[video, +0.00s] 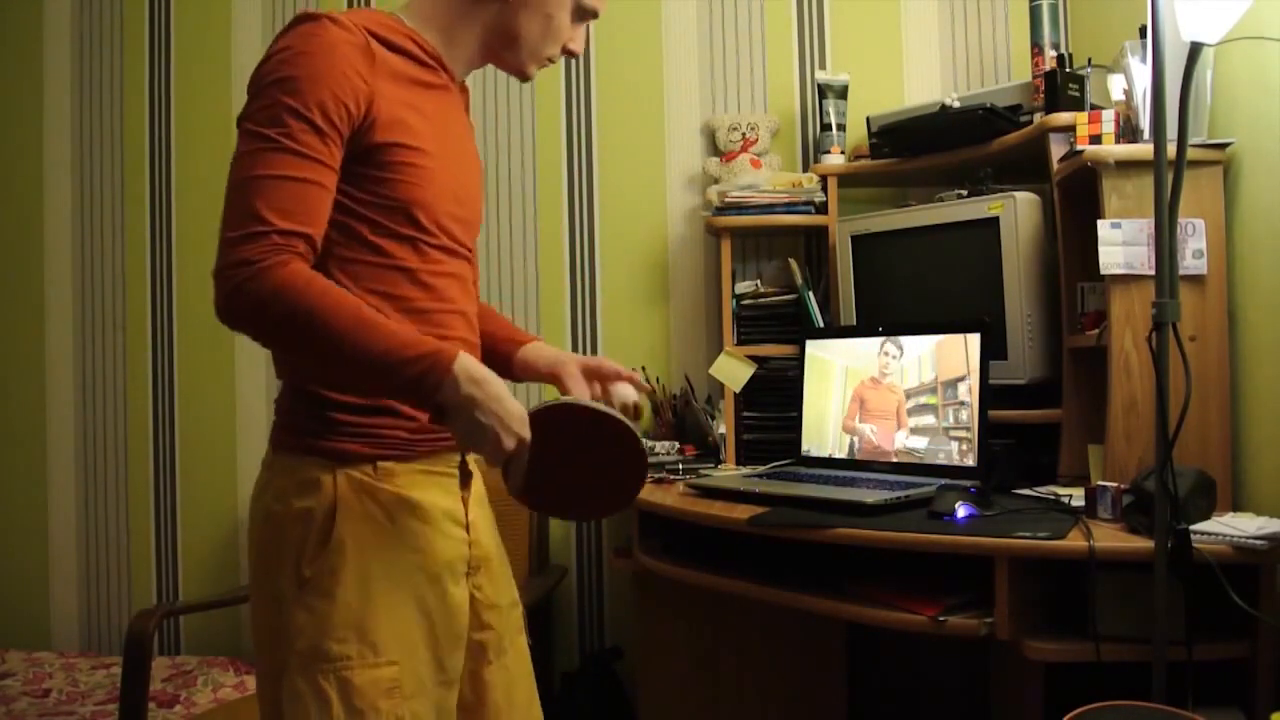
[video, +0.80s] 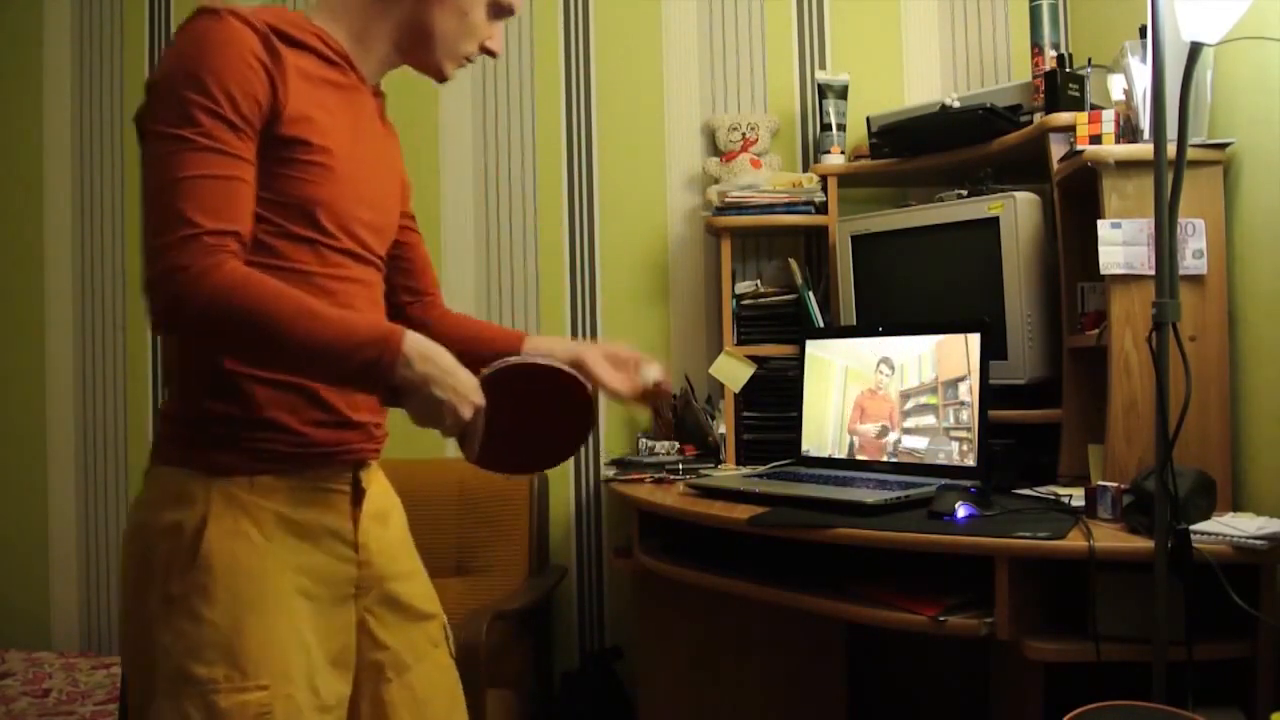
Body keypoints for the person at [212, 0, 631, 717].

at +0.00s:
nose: (578, 47)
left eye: (589, 25)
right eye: (583, 13)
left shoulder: (447, 94)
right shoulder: (331, 50)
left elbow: (426, 294)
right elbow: (252, 274)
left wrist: (547, 360)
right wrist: (445, 375)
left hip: (456, 494)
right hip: (350, 499)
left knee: (503, 710)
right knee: (362, 709)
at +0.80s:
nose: (494, 45)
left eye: (506, 23)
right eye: (497, 11)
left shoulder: (374, 119)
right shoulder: (230, 42)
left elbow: (415, 314)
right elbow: (189, 278)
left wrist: (571, 353)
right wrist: (395, 356)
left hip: (363, 513)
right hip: (232, 517)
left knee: (425, 708)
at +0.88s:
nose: (478, 33)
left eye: (486, 12)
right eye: (477, 2)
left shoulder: (355, 110)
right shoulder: (208, 39)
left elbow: (406, 315)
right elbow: (147, 278)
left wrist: (561, 307)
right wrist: (365, 358)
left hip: (349, 513)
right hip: (217, 517)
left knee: (413, 708)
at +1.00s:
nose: (461, 15)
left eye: (466, 4)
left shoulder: (339, 110)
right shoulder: (174, 35)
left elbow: (385, 306)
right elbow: (59, 261)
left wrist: (540, 305)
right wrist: (267, 370)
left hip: (341, 518)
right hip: (203, 524)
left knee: (408, 711)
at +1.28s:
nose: (479, 43)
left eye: (486, 18)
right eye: (475, 8)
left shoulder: (336, 114)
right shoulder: (199, 64)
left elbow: (301, 310)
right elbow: (61, 292)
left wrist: (448, 373)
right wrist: (249, 455)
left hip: (316, 522)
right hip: (194, 531)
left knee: (417, 712)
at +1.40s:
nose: (493, 59)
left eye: (503, 36)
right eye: (493, 26)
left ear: (417, 7)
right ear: (419, 1)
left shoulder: (334, 104)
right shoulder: (254, 87)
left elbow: (316, 322)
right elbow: (256, 347)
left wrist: (448, 377)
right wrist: (447, 452)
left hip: (323, 510)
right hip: (232, 520)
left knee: (415, 712)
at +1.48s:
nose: (497, 56)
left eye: (507, 33)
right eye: (498, 23)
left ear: (427, 5)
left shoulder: (331, 92)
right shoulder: (281, 89)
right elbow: (341, 334)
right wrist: (537, 392)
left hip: (333, 514)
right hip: (246, 526)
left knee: (418, 712)